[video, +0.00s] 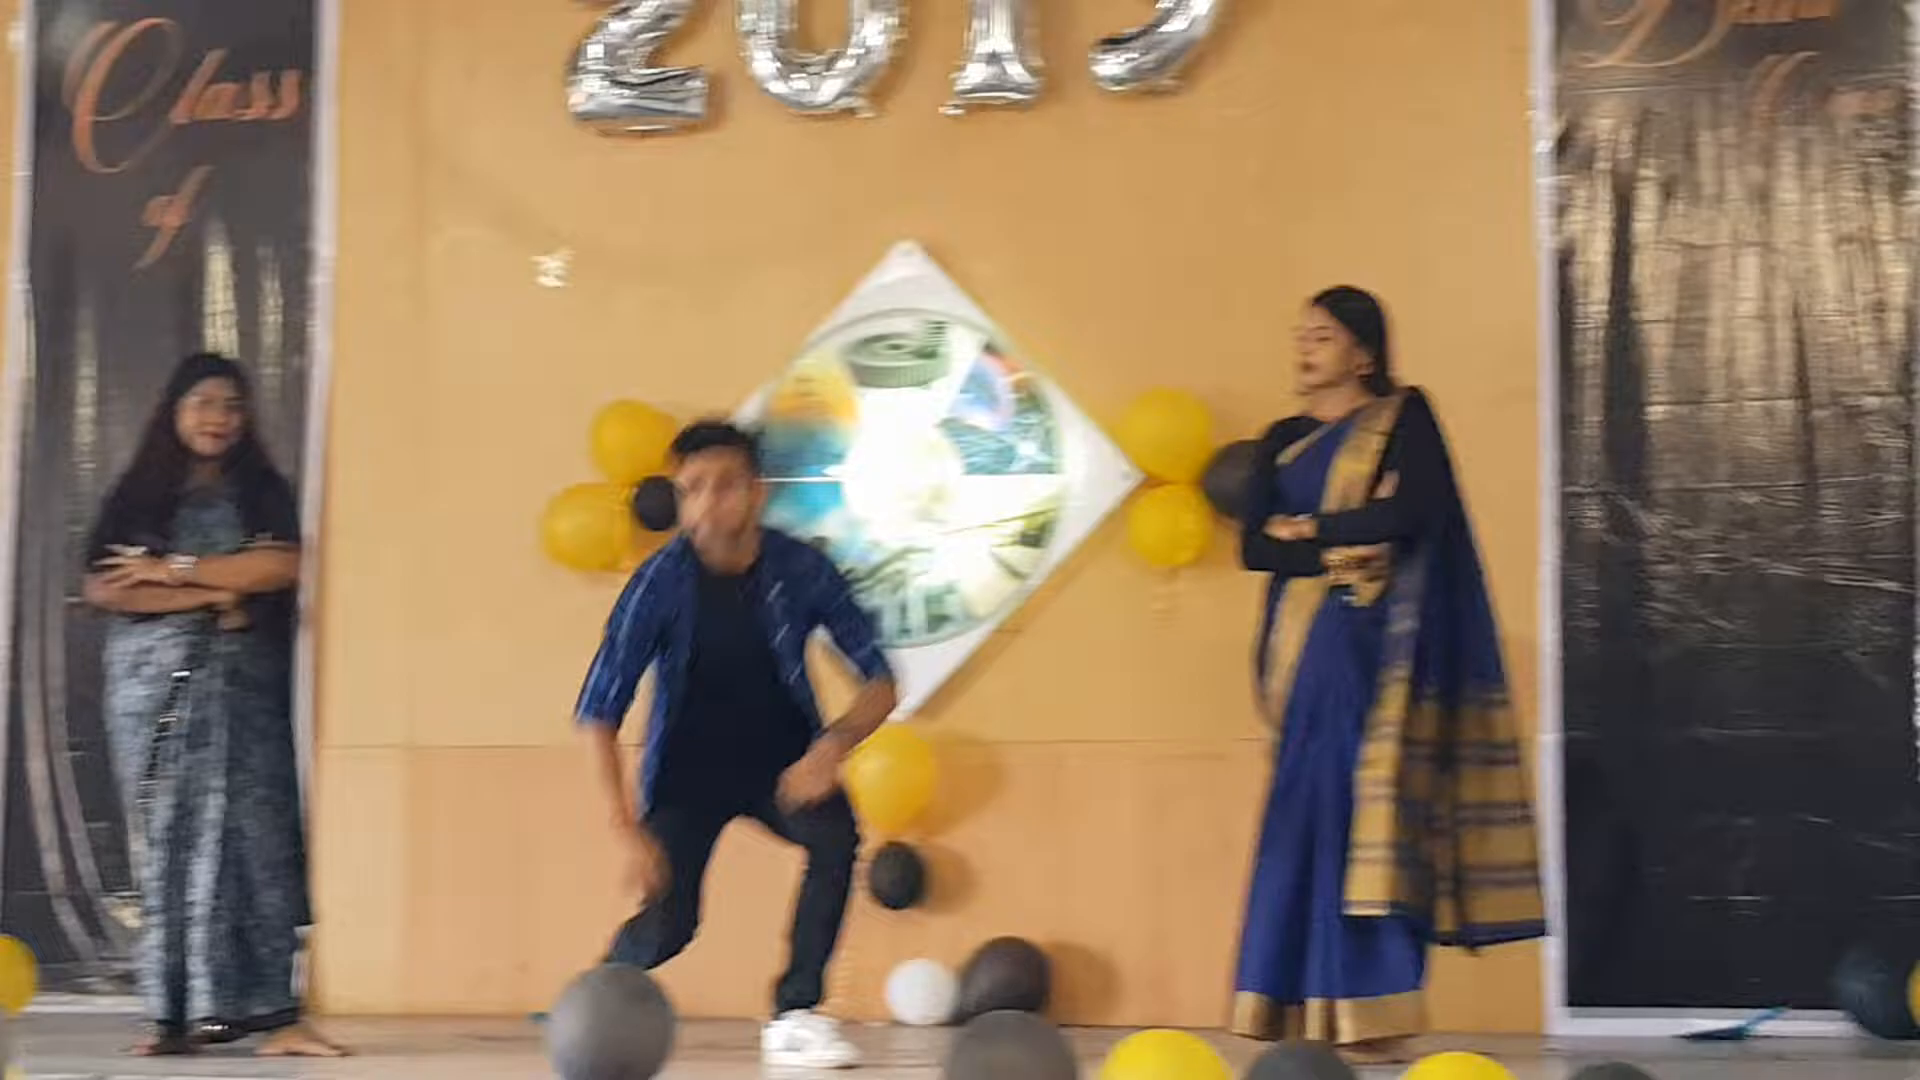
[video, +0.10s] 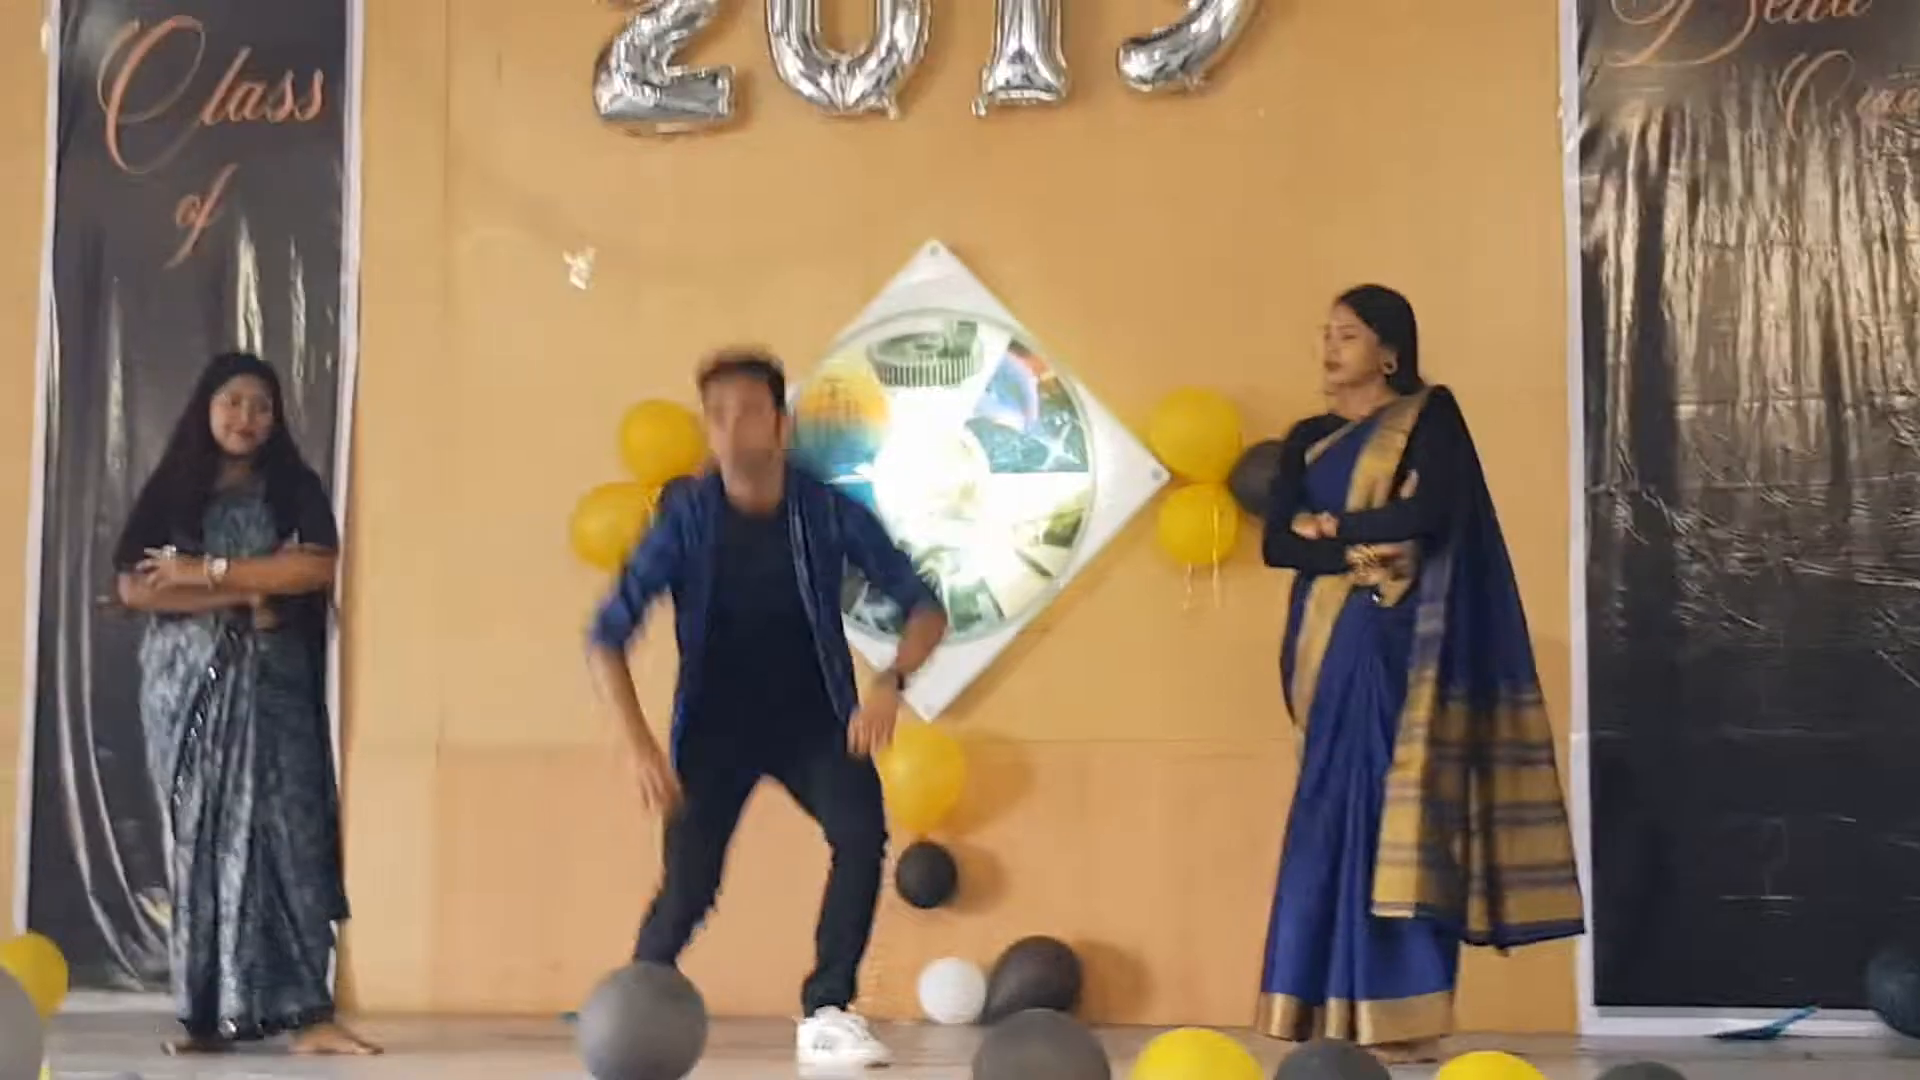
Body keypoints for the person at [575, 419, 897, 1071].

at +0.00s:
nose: (709, 505)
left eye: (726, 486)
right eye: (694, 489)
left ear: (758, 494)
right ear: (677, 501)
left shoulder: (800, 568)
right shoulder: (661, 582)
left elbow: (882, 683)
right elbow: (598, 712)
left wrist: (830, 750)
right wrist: (627, 831)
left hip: (778, 768)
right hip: (688, 774)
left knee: (836, 835)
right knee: (669, 924)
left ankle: (797, 1014)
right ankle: (597, 998)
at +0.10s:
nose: (736, 429)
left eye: (751, 412)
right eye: (721, 414)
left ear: (783, 424)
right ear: (706, 429)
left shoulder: (828, 509)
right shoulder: (684, 513)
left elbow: (927, 608)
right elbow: (606, 635)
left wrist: (892, 682)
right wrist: (641, 747)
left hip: (812, 727)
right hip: (716, 730)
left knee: (862, 834)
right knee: (688, 891)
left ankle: (828, 1013)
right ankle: (634, 1014)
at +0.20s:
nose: (765, 316)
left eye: (779, 302)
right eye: (752, 304)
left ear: (810, 314)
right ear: (734, 318)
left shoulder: (858, 414)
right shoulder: (709, 422)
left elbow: (973, 496)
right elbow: (620, 515)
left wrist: (939, 586)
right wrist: (657, 626)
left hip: (842, 652)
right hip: (738, 656)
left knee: (883, 799)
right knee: (705, 820)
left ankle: (872, 991)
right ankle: (669, 995)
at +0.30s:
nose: (774, 238)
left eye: (791, 226)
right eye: (762, 229)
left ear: (829, 246)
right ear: (748, 254)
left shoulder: (878, 344)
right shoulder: (718, 350)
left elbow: (992, 427)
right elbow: (629, 441)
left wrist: (938, 524)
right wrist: (672, 538)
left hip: (853, 599)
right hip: (752, 601)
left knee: (887, 777)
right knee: (704, 782)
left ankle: (918, 972)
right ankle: (695, 970)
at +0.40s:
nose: (777, 223)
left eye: (796, 212)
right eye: (766, 212)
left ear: (831, 234)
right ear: (750, 235)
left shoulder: (877, 329)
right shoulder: (719, 332)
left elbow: (987, 414)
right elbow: (631, 421)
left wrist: (917, 501)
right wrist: (686, 508)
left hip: (849, 581)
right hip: (751, 582)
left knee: (881, 774)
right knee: (715, 773)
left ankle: (925, 964)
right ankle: (703, 970)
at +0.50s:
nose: (781, 233)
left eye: (800, 223)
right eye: (770, 223)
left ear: (833, 248)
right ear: (753, 246)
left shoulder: (876, 346)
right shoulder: (718, 350)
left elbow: (973, 446)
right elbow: (639, 448)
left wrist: (912, 533)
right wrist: (682, 536)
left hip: (843, 598)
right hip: (746, 598)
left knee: (874, 786)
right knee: (726, 784)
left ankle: (918, 971)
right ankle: (703, 972)